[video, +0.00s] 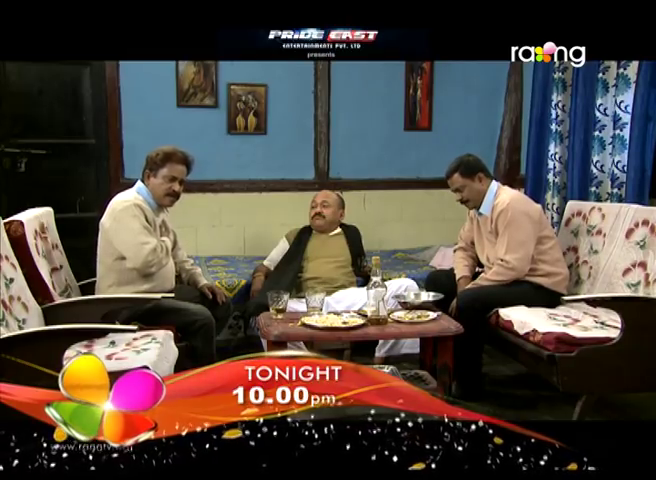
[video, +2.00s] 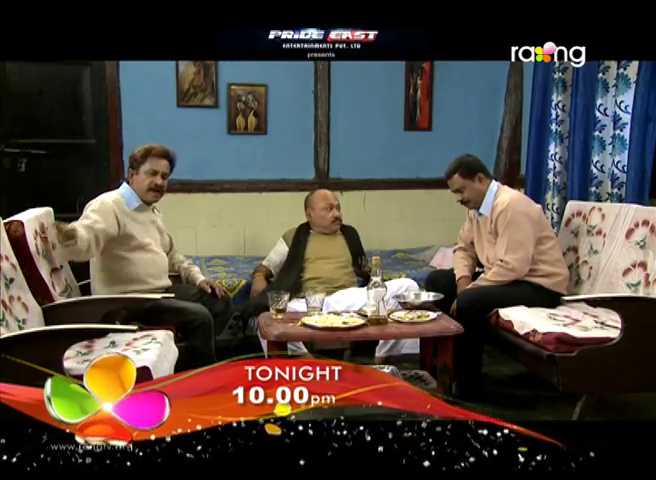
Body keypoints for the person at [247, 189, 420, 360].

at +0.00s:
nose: (317, 210)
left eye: (325, 206)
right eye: (314, 206)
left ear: (340, 213)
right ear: (309, 211)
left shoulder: (351, 233)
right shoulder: (297, 236)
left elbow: (361, 269)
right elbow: (264, 269)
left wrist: (378, 280)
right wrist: (256, 301)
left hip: (351, 298)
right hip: (310, 300)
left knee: (406, 285)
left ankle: (382, 363)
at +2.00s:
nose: (336, 213)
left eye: (337, 208)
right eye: (328, 209)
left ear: (341, 209)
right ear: (309, 214)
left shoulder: (349, 233)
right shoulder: (295, 236)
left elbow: (362, 268)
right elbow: (263, 270)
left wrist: (377, 281)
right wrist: (259, 297)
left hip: (351, 297)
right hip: (311, 300)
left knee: (406, 286)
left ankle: (384, 366)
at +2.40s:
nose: (336, 213)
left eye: (337, 207)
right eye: (329, 209)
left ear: (340, 208)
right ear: (309, 214)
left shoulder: (347, 234)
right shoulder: (293, 237)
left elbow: (359, 267)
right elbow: (266, 267)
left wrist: (378, 276)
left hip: (351, 297)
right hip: (311, 299)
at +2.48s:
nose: (336, 213)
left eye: (337, 207)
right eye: (329, 209)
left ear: (340, 208)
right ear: (309, 214)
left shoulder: (346, 234)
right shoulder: (293, 237)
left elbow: (358, 267)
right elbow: (266, 266)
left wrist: (380, 272)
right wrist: (254, 278)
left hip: (350, 298)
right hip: (310, 300)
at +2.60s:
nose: (336, 212)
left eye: (337, 207)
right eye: (328, 208)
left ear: (339, 208)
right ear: (308, 214)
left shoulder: (346, 233)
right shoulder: (293, 236)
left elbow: (359, 267)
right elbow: (267, 267)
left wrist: (390, 270)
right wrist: (249, 277)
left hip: (350, 299)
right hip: (311, 300)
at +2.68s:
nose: (336, 212)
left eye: (337, 207)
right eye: (329, 208)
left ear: (339, 208)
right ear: (308, 213)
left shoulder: (345, 233)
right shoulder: (292, 236)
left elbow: (360, 267)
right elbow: (267, 267)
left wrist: (395, 270)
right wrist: (242, 274)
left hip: (351, 298)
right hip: (310, 300)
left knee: (406, 286)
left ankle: (379, 365)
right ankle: (312, 366)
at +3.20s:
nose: (303, 211)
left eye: (311, 207)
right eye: (299, 206)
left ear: (326, 211)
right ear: (295, 208)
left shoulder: (342, 230)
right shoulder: (288, 236)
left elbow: (362, 265)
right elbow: (265, 267)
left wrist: (398, 271)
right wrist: (239, 274)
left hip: (349, 295)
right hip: (308, 299)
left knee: (406, 285)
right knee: (286, 318)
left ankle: (379, 362)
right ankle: (309, 366)